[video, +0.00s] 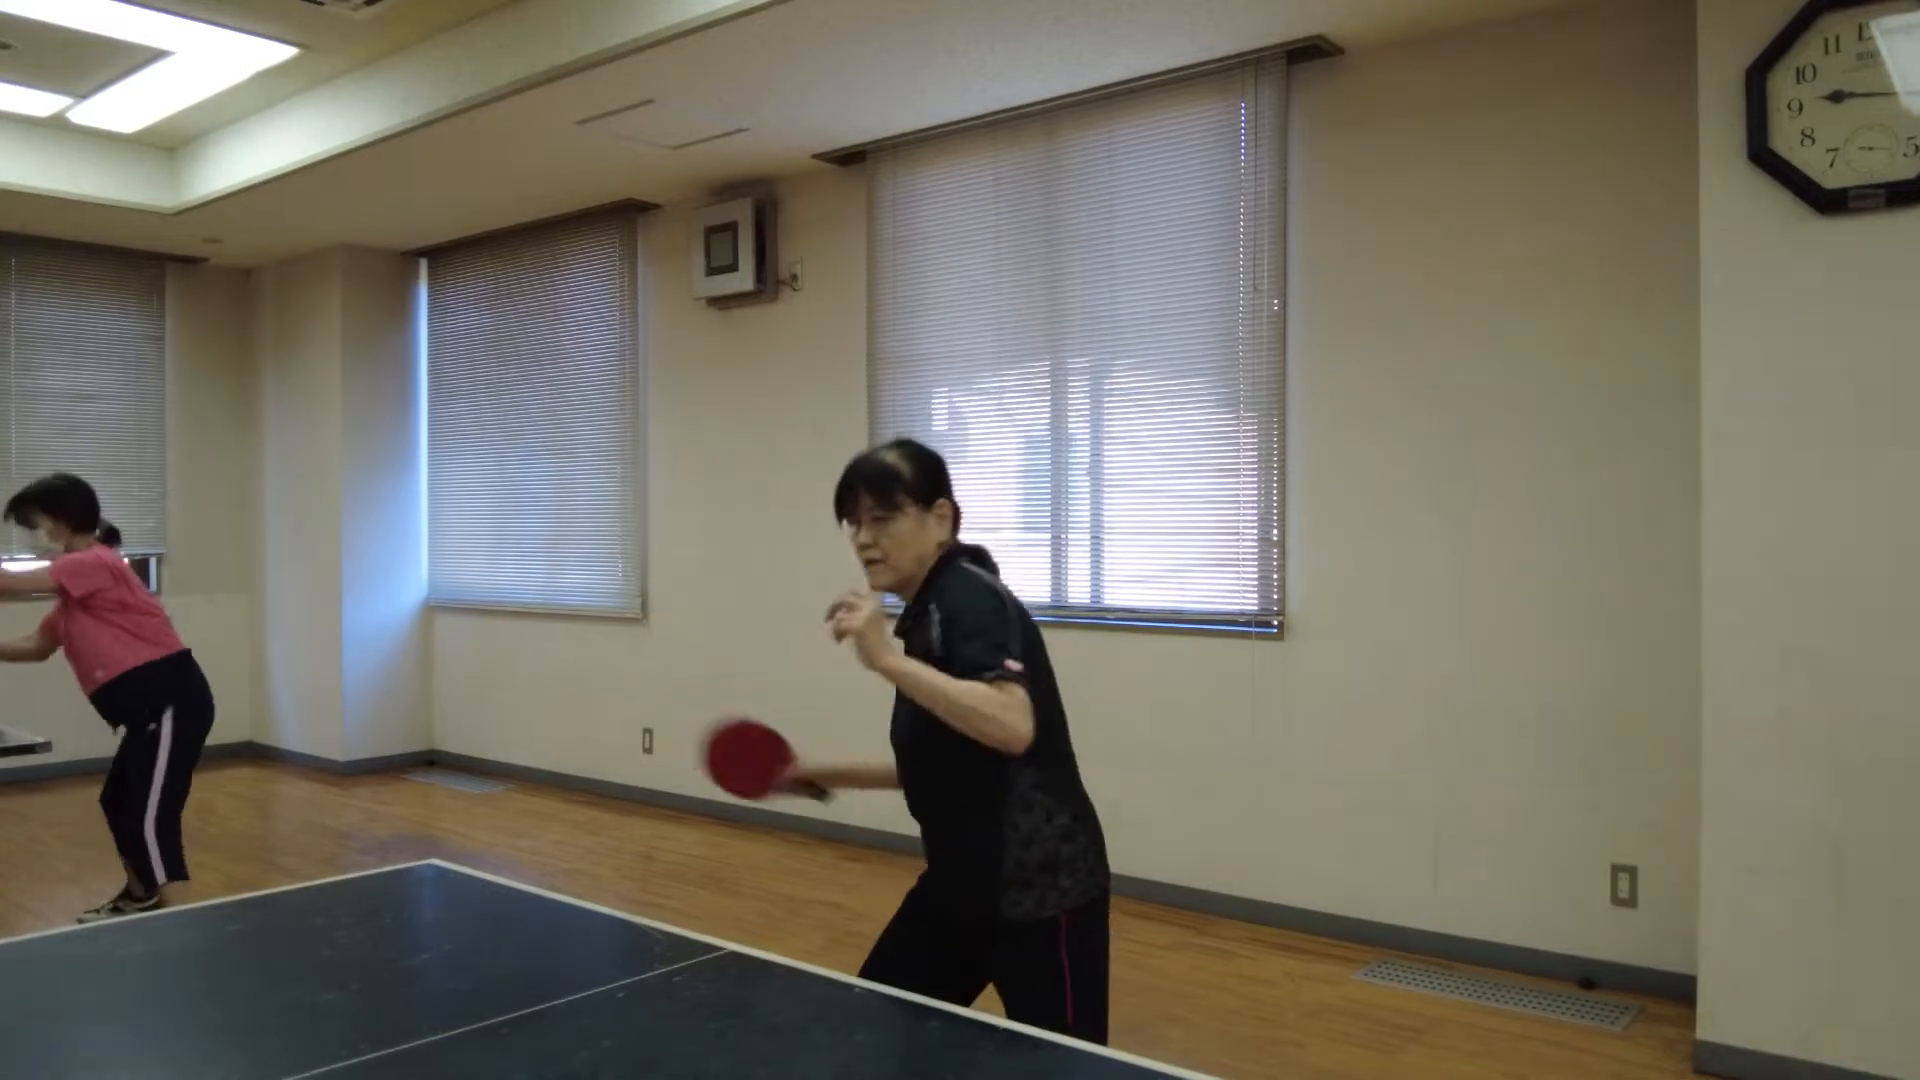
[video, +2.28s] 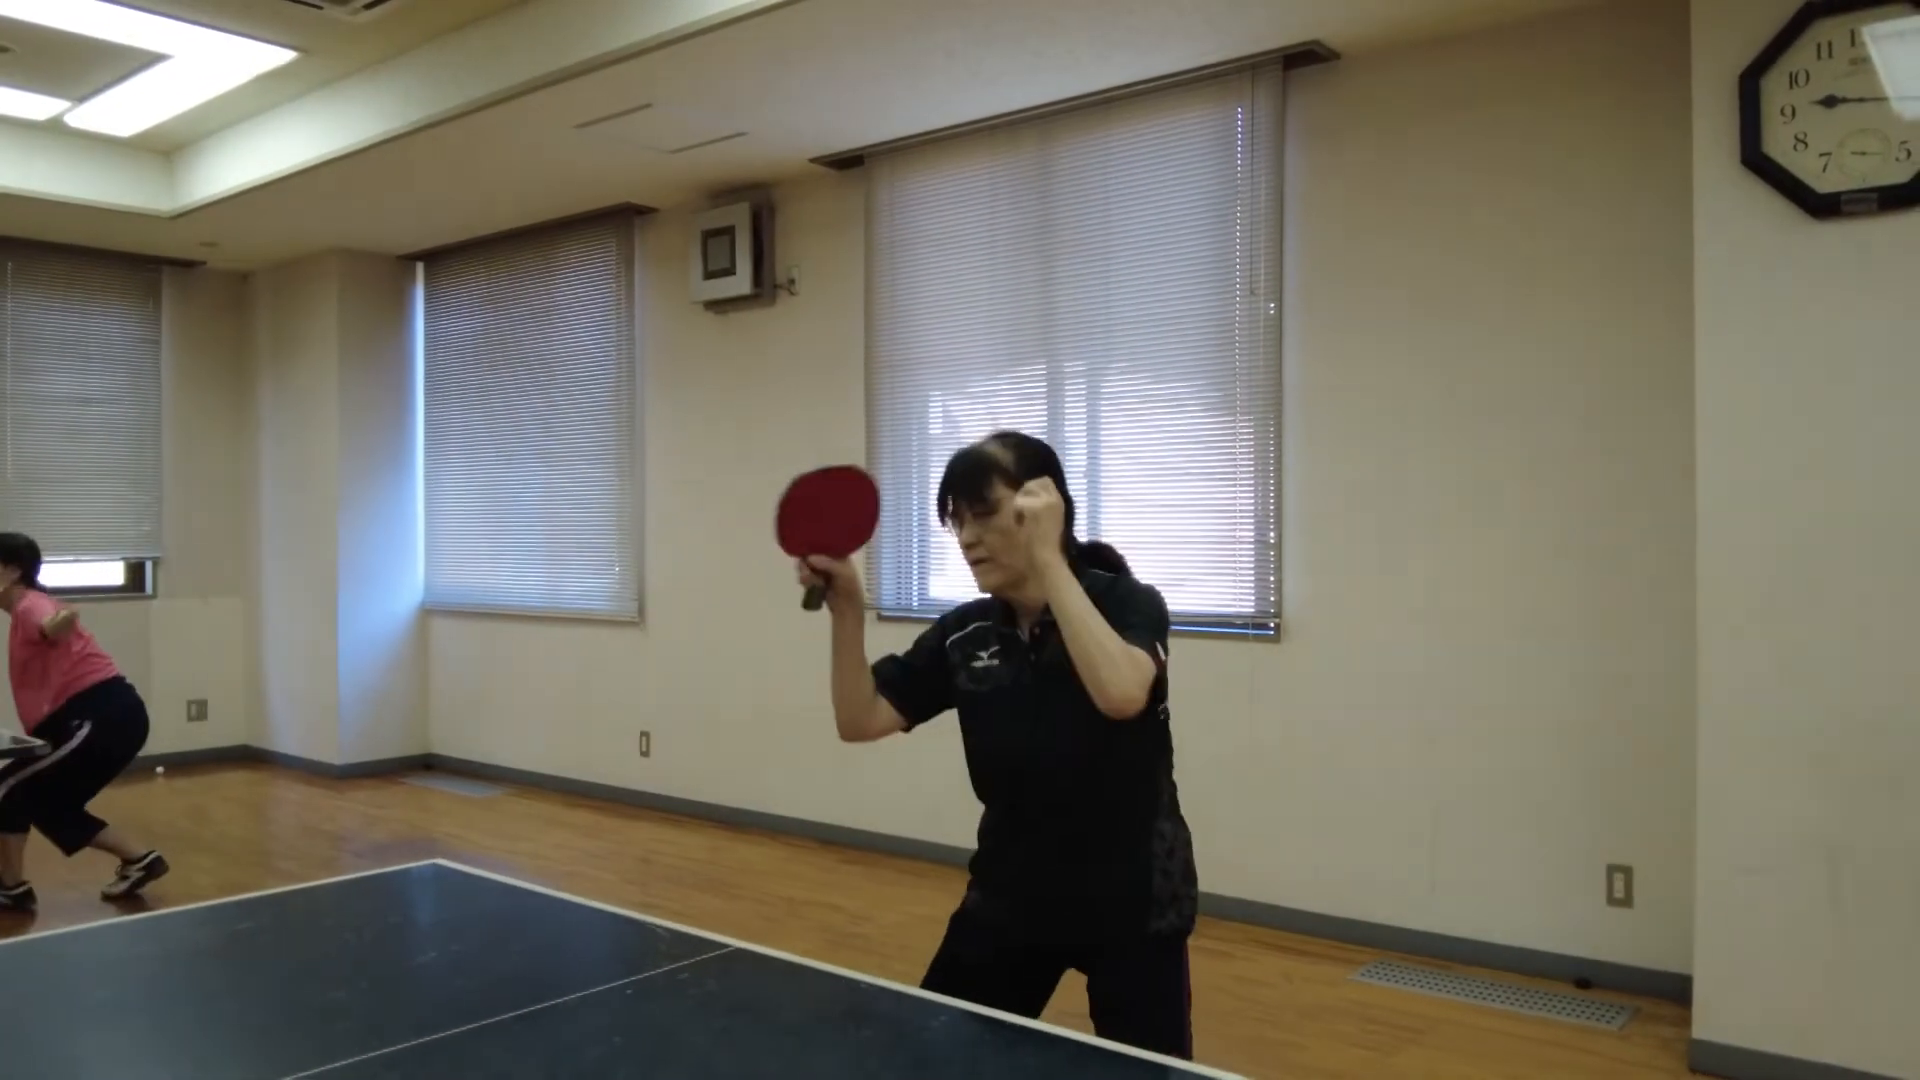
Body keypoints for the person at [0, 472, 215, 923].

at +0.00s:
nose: (39, 534)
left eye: (40, 522)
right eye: (35, 525)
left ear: (65, 517)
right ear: (72, 519)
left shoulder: (97, 562)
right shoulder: (77, 589)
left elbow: (15, 584)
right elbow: (38, 646)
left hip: (174, 697)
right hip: (149, 705)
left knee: (151, 808)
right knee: (118, 799)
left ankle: (172, 912)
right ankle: (140, 894)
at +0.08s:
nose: (35, 538)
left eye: (39, 525)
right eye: (33, 528)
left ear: (70, 522)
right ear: (65, 527)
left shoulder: (103, 568)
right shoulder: (74, 590)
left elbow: (37, 606)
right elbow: (50, 664)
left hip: (176, 700)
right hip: (142, 710)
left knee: (148, 810)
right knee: (108, 802)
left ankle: (173, 914)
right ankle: (138, 894)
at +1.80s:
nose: (23, 580)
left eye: (28, 571)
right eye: (23, 573)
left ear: (55, 571)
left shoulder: (74, 597)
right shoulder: (63, 639)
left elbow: (58, 609)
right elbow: (32, 690)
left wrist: (18, 597)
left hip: (157, 699)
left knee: (85, 803)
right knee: (108, 793)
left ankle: (160, 863)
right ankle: (145, 869)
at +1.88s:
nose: (5, 596)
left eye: (10, 586)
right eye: (4, 588)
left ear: (38, 584)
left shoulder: (48, 609)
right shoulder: (55, 656)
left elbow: (68, 611)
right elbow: (28, 707)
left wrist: (80, 592)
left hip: (144, 700)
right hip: (174, 704)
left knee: (55, 786)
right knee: (107, 789)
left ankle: (100, 868)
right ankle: (147, 877)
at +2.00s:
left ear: (14, 595)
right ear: (16, 596)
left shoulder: (42, 615)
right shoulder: (37, 653)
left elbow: (84, 608)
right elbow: (63, 727)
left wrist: (134, 584)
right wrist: (31, 774)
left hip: (131, 705)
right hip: (160, 709)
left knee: (42, 782)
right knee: (88, 790)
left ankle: (22, 883)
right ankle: (144, 874)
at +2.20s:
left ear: (10, 581)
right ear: (14, 582)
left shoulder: (29, 609)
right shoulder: (23, 627)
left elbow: (60, 624)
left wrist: (93, 607)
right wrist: (34, 744)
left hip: (105, 717)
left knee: (10, 790)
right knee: (52, 806)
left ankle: (11, 885)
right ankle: (135, 860)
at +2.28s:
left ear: (14, 571)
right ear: (17, 572)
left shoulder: (31, 603)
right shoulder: (25, 612)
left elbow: (50, 625)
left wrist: (60, 620)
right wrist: (36, 740)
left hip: (101, 713)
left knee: (9, 788)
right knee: (50, 803)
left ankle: (11, 884)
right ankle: (137, 857)